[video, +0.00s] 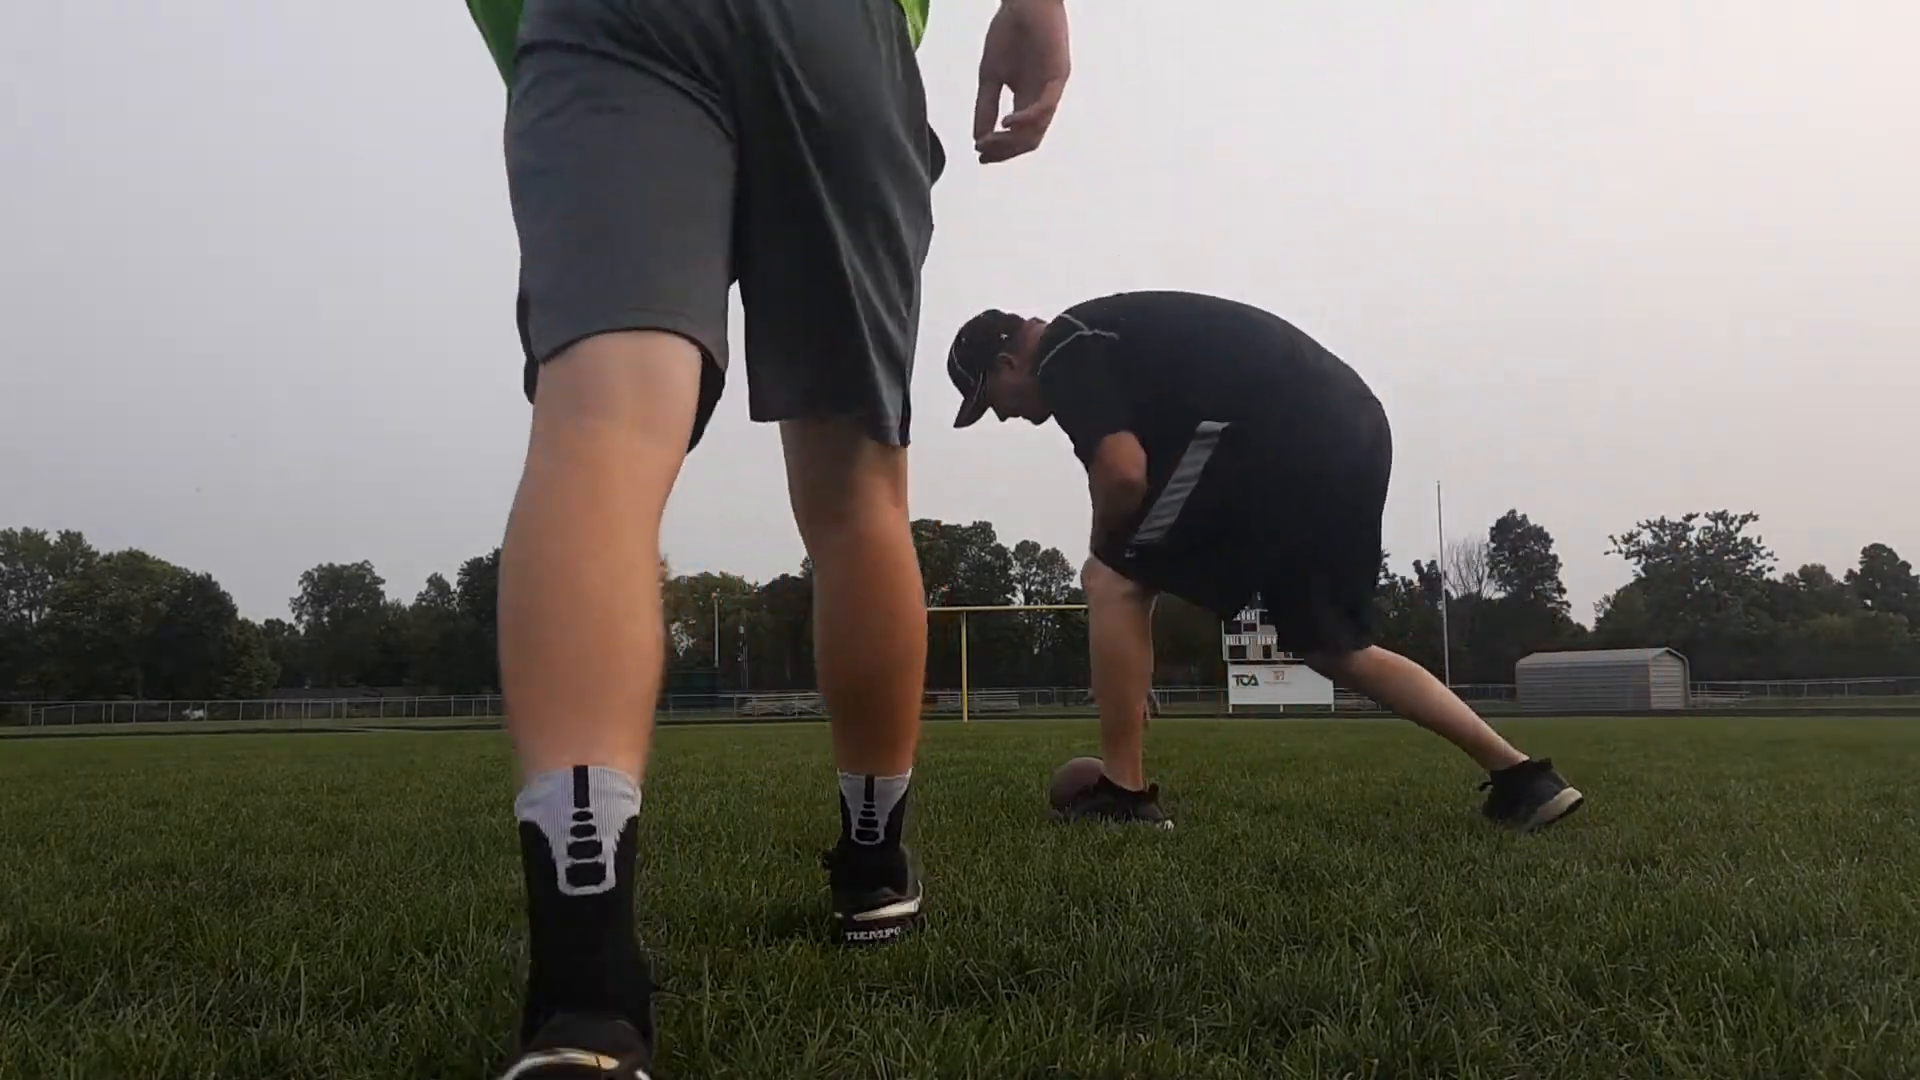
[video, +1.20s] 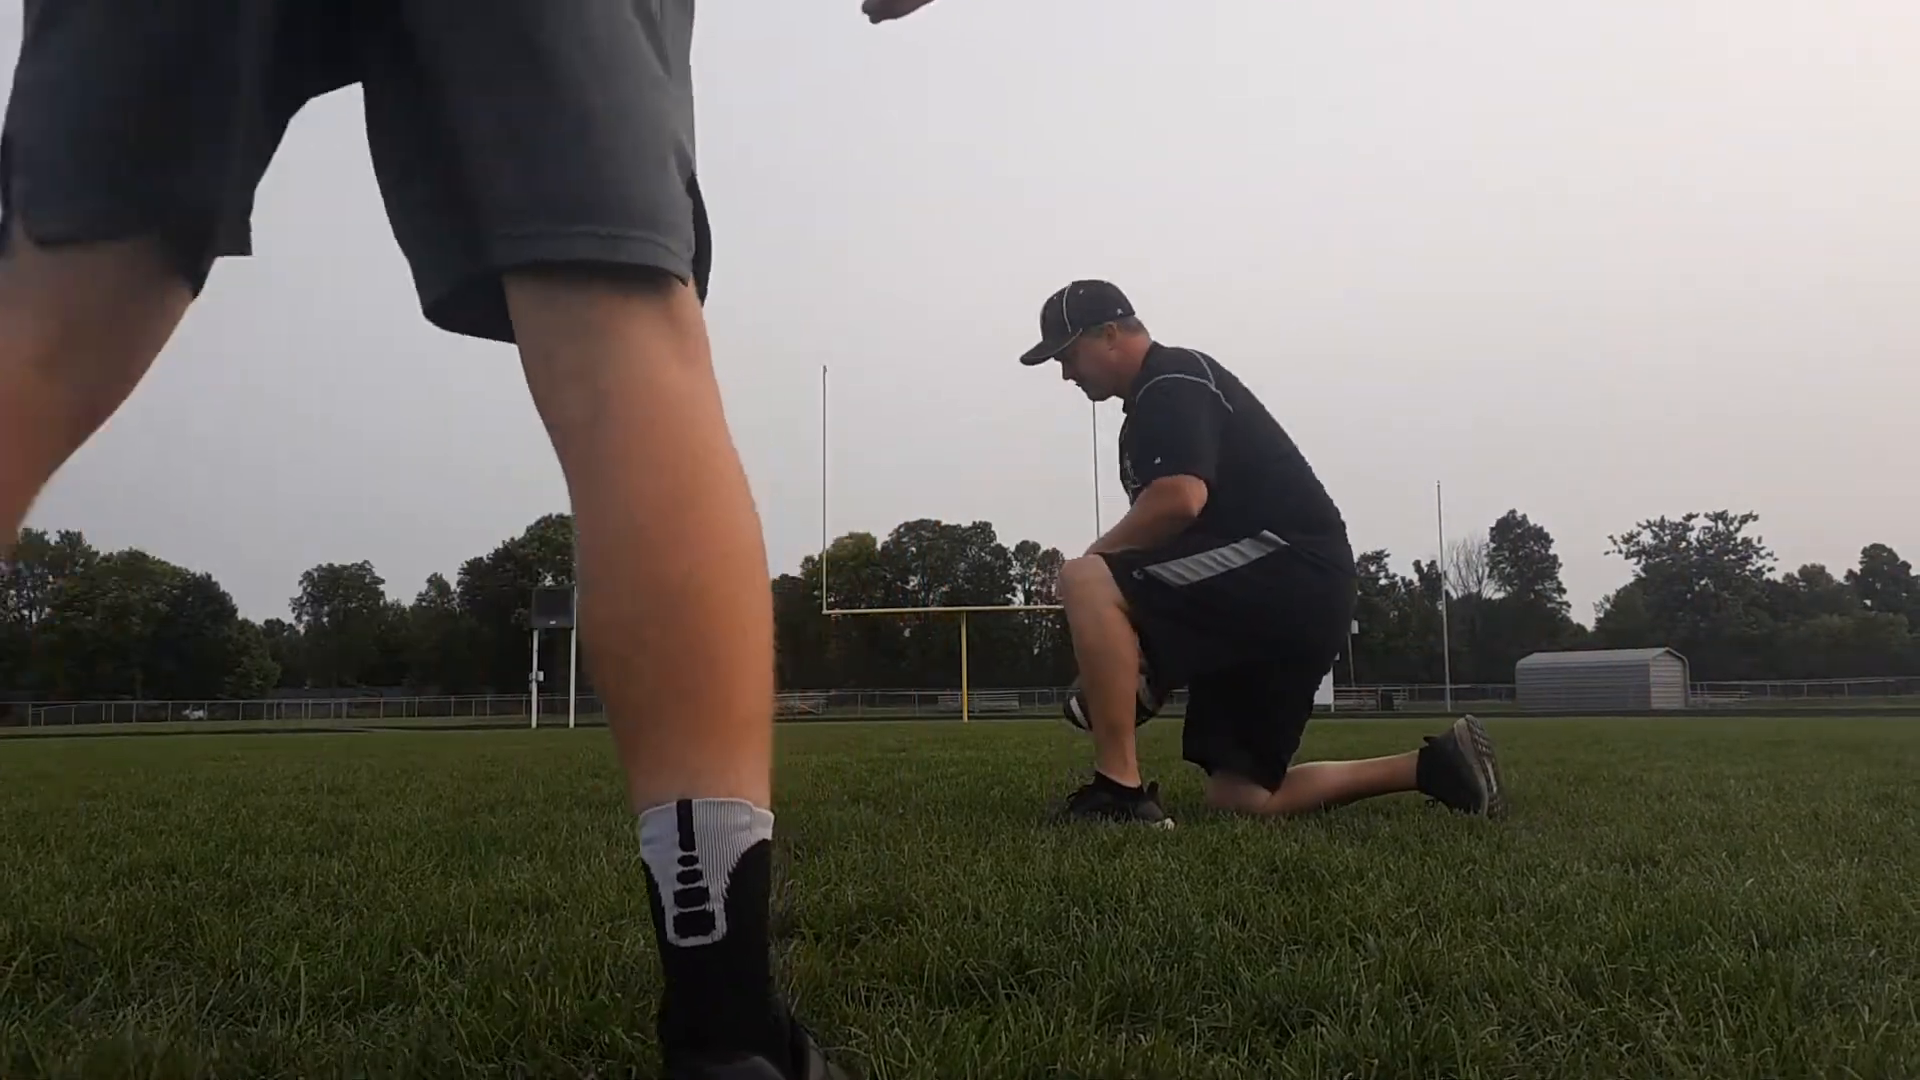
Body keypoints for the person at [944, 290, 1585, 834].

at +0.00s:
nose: (1014, 419)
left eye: (998, 402)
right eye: (997, 410)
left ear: (1012, 353)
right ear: (1028, 334)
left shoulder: (1066, 350)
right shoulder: (1120, 333)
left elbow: (1123, 469)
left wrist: (1103, 559)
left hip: (1261, 428)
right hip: (1356, 427)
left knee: (1113, 578)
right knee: (1332, 642)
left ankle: (1122, 785)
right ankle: (1518, 774)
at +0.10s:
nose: (1004, 452)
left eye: (990, 436)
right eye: (990, 445)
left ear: (1007, 389)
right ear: (1020, 375)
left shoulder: (1064, 377)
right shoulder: (1112, 367)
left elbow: (1122, 481)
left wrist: (1094, 554)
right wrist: (1112, 693)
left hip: (1266, 440)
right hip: (1356, 443)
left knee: (1106, 574)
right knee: (1321, 663)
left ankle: (1120, 786)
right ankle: (1508, 768)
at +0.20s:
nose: (990, 470)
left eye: (978, 453)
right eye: (977, 464)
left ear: (998, 406)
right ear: (1005, 406)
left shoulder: (1060, 392)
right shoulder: (1104, 407)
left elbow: (1123, 484)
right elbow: (1124, 597)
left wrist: (1083, 559)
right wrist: (1087, 735)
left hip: (1272, 458)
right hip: (1350, 467)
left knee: (1094, 579)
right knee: (1305, 685)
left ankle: (1124, 786)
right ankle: (1499, 760)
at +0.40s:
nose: (964, 454)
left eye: (960, 433)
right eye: (951, 451)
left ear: (991, 397)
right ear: (967, 451)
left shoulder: (1060, 404)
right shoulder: (1057, 487)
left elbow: (1122, 496)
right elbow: (1094, 614)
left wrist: (1059, 554)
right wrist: (1076, 742)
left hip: (1264, 499)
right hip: (1320, 529)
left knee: (1063, 574)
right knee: (1261, 739)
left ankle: (1121, 788)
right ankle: (1463, 755)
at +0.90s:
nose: (1003, 435)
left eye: (1005, 415)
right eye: (995, 424)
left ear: (1050, 388)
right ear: (1024, 409)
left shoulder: (1118, 408)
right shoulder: (1072, 495)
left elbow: (1169, 514)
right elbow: (1121, 622)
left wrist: (1065, 552)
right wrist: (1094, 748)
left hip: (1286, 559)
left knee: (1076, 576)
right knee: (1238, 797)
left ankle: (1120, 789)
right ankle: (1426, 764)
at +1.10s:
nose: (1046, 390)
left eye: (1048, 372)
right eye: (1040, 379)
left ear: (1091, 352)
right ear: (1089, 357)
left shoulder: (1158, 385)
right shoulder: (1117, 445)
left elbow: (1179, 503)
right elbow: (1138, 592)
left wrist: (1090, 553)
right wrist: (1123, 710)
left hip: (1289, 565)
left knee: (1085, 575)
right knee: (1238, 796)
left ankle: (1119, 785)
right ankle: (1428, 767)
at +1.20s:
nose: (1067, 374)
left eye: (1067, 357)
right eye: (1060, 363)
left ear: (1110, 336)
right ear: (1114, 341)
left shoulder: (1169, 377)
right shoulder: (1153, 413)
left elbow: (1179, 497)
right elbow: (1188, 547)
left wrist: (1091, 557)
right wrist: (1147, 658)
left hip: (1287, 562)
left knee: (1088, 577)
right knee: (1238, 795)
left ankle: (1120, 786)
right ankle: (1428, 766)